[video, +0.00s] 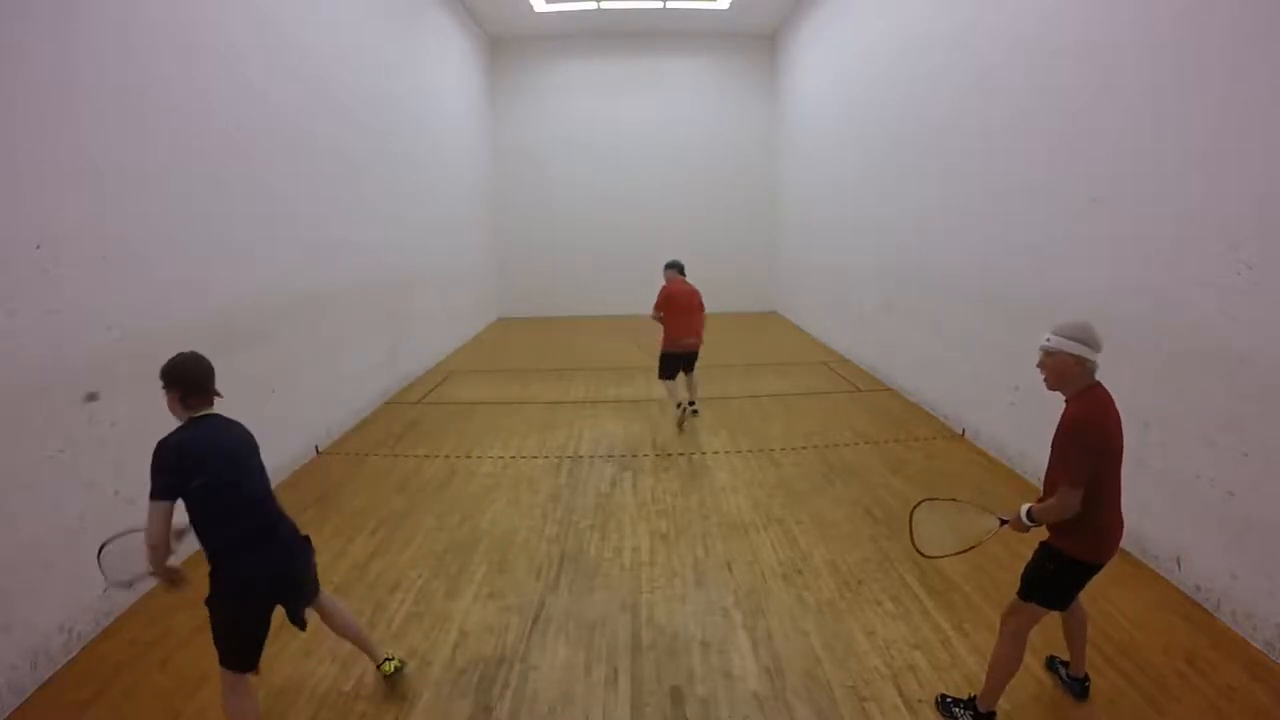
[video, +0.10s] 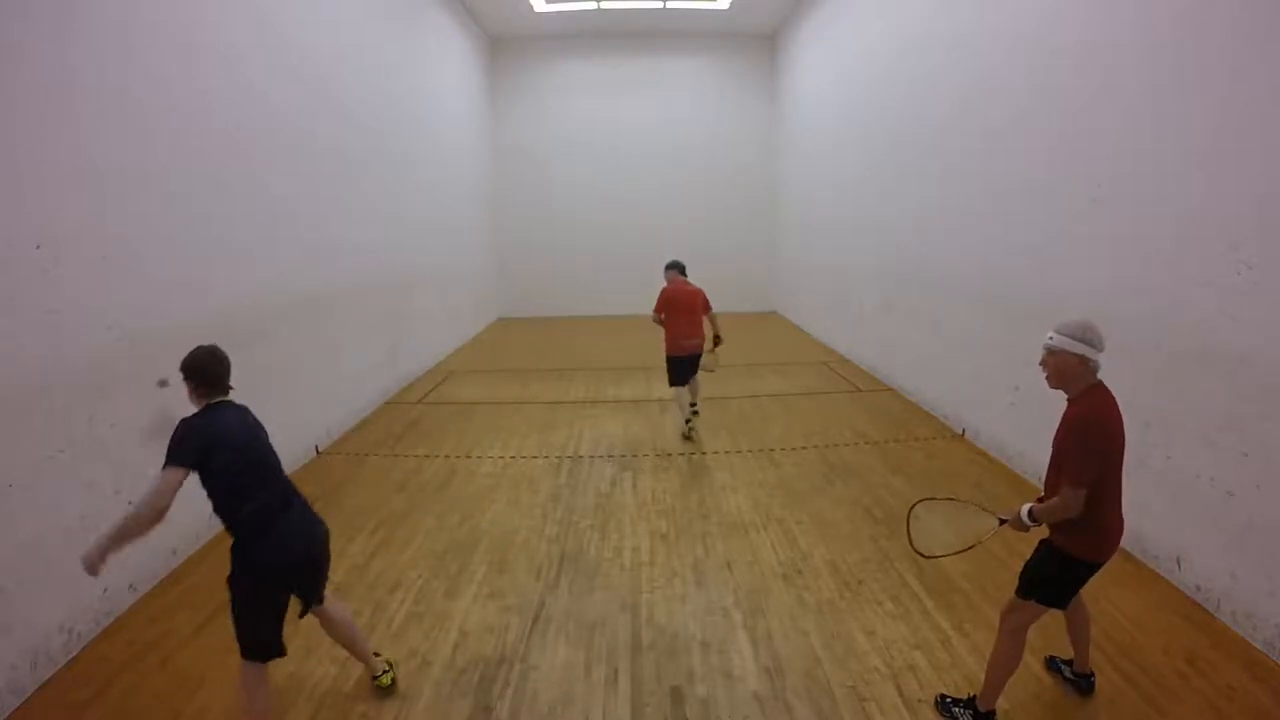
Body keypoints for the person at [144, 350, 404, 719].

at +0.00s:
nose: (166, 400)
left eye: (166, 393)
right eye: (165, 392)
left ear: (174, 397)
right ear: (211, 389)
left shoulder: (170, 451)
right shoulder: (237, 430)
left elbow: (158, 540)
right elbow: (254, 495)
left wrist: (164, 569)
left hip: (237, 575)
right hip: (286, 551)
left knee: (236, 681)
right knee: (320, 598)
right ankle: (383, 659)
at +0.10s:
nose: (185, 388)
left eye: (185, 382)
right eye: (186, 380)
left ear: (190, 385)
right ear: (226, 379)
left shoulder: (192, 431)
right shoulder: (242, 414)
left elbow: (155, 508)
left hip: (260, 554)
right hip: (307, 529)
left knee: (254, 663)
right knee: (320, 600)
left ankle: (260, 716)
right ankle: (378, 667)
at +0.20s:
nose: (208, 371)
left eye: (205, 367)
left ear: (204, 373)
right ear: (241, 369)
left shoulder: (209, 410)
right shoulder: (258, 401)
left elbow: (179, 456)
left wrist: (114, 499)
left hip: (271, 536)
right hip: (314, 515)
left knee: (259, 642)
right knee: (323, 600)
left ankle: (264, 714)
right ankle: (379, 666)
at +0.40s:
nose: (208, 344)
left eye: (208, 338)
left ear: (212, 339)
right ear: (245, 335)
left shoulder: (215, 369)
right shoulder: (267, 367)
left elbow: (221, 415)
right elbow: (278, 420)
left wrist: (175, 478)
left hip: (264, 493)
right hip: (306, 479)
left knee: (266, 589)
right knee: (323, 572)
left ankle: (290, 671)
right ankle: (377, 652)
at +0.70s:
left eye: (208, 331)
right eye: (235, 324)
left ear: (202, 335)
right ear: (237, 327)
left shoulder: (200, 385)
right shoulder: (267, 363)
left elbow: (206, 456)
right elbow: (310, 411)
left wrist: (213, 510)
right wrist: (310, 454)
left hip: (253, 487)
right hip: (295, 472)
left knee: (275, 559)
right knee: (314, 546)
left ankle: (302, 627)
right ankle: (348, 603)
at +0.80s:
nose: (242, 316)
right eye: (242, 311)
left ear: (206, 322)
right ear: (240, 315)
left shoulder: (197, 369)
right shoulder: (268, 352)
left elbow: (196, 437)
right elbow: (316, 397)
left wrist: (204, 473)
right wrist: (322, 446)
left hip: (248, 475)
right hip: (290, 462)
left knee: (273, 551)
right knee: (306, 528)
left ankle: (302, 625)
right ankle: (338, 594)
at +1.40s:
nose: (257, 313)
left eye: (256, 306)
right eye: (254, 307)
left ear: (222, 312)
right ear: (239, 311)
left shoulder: (203, 350)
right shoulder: (247, 352)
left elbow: (192, 403)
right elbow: (274, 411)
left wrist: (218, 429)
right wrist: (305, 436)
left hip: (226, 454)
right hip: (256, 453)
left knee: (254, 519)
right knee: (292, 524)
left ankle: (248, 592)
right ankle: (315, 590)